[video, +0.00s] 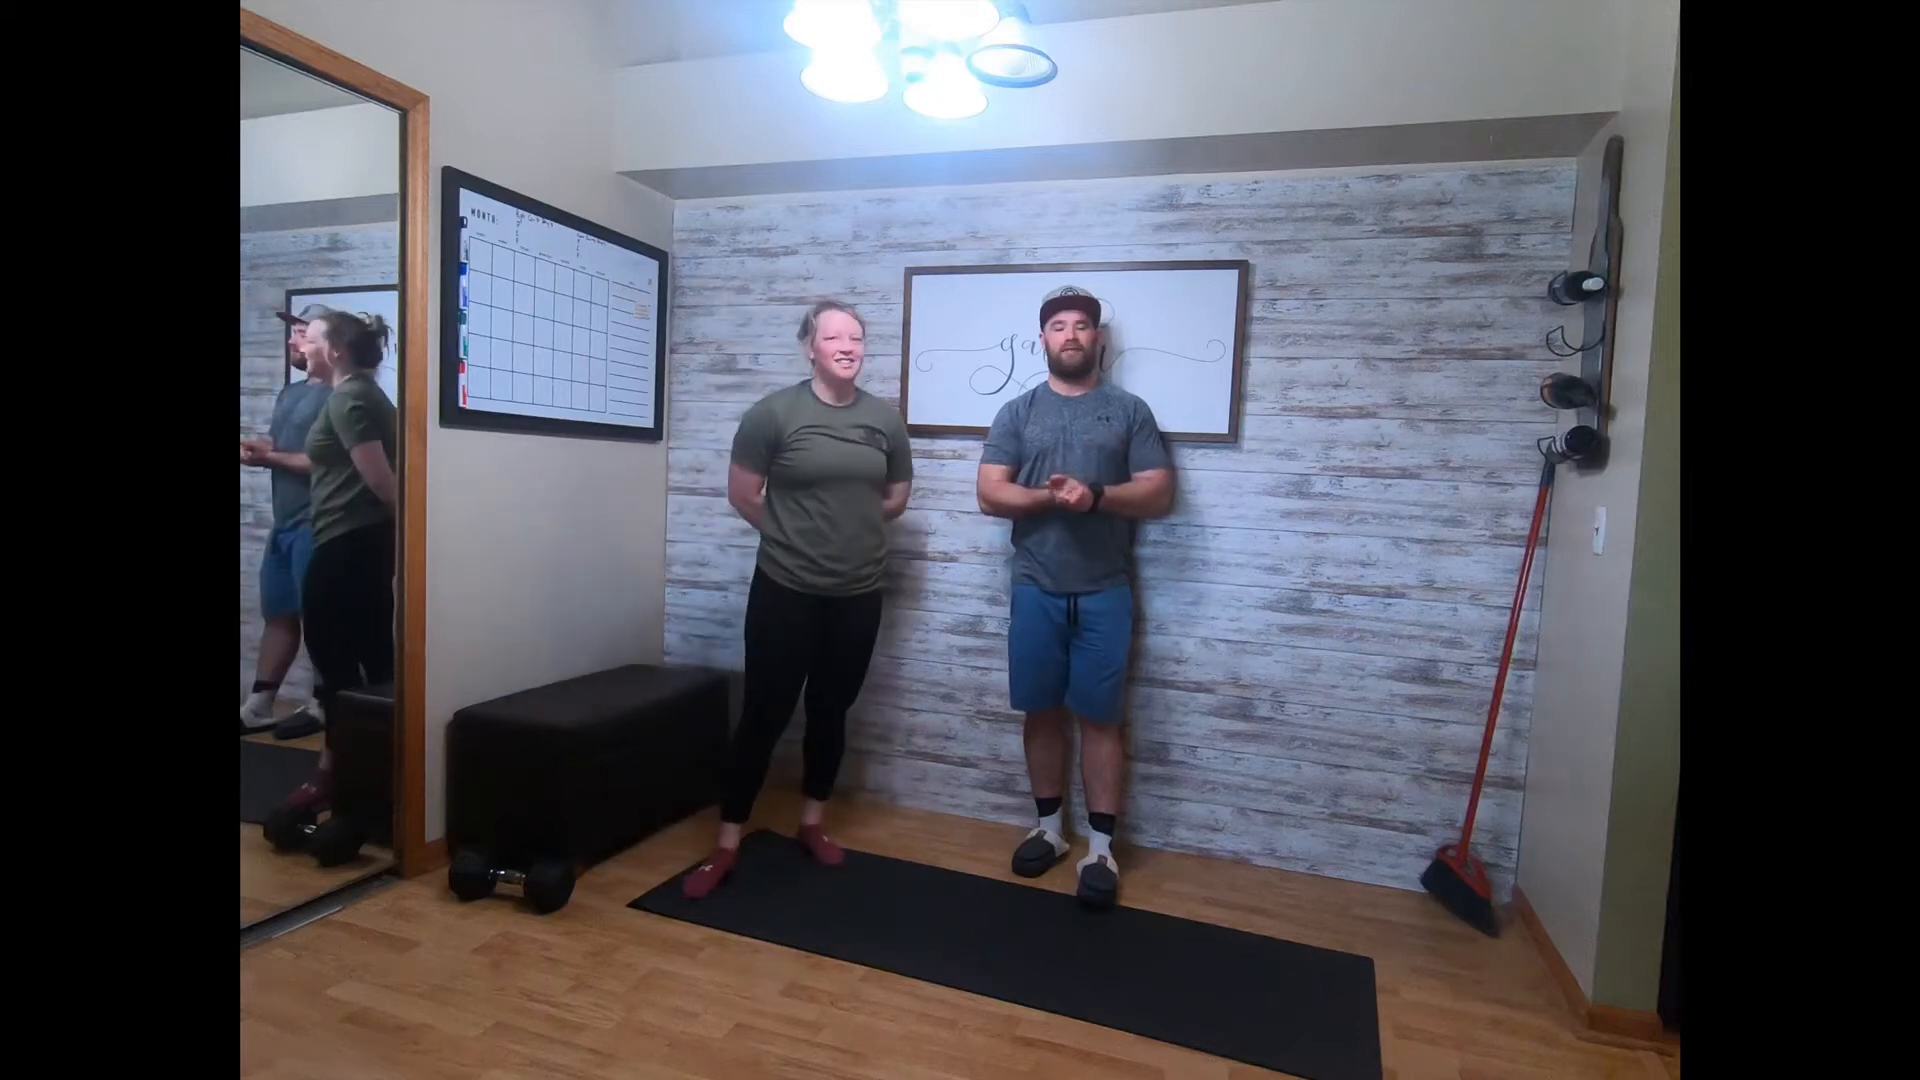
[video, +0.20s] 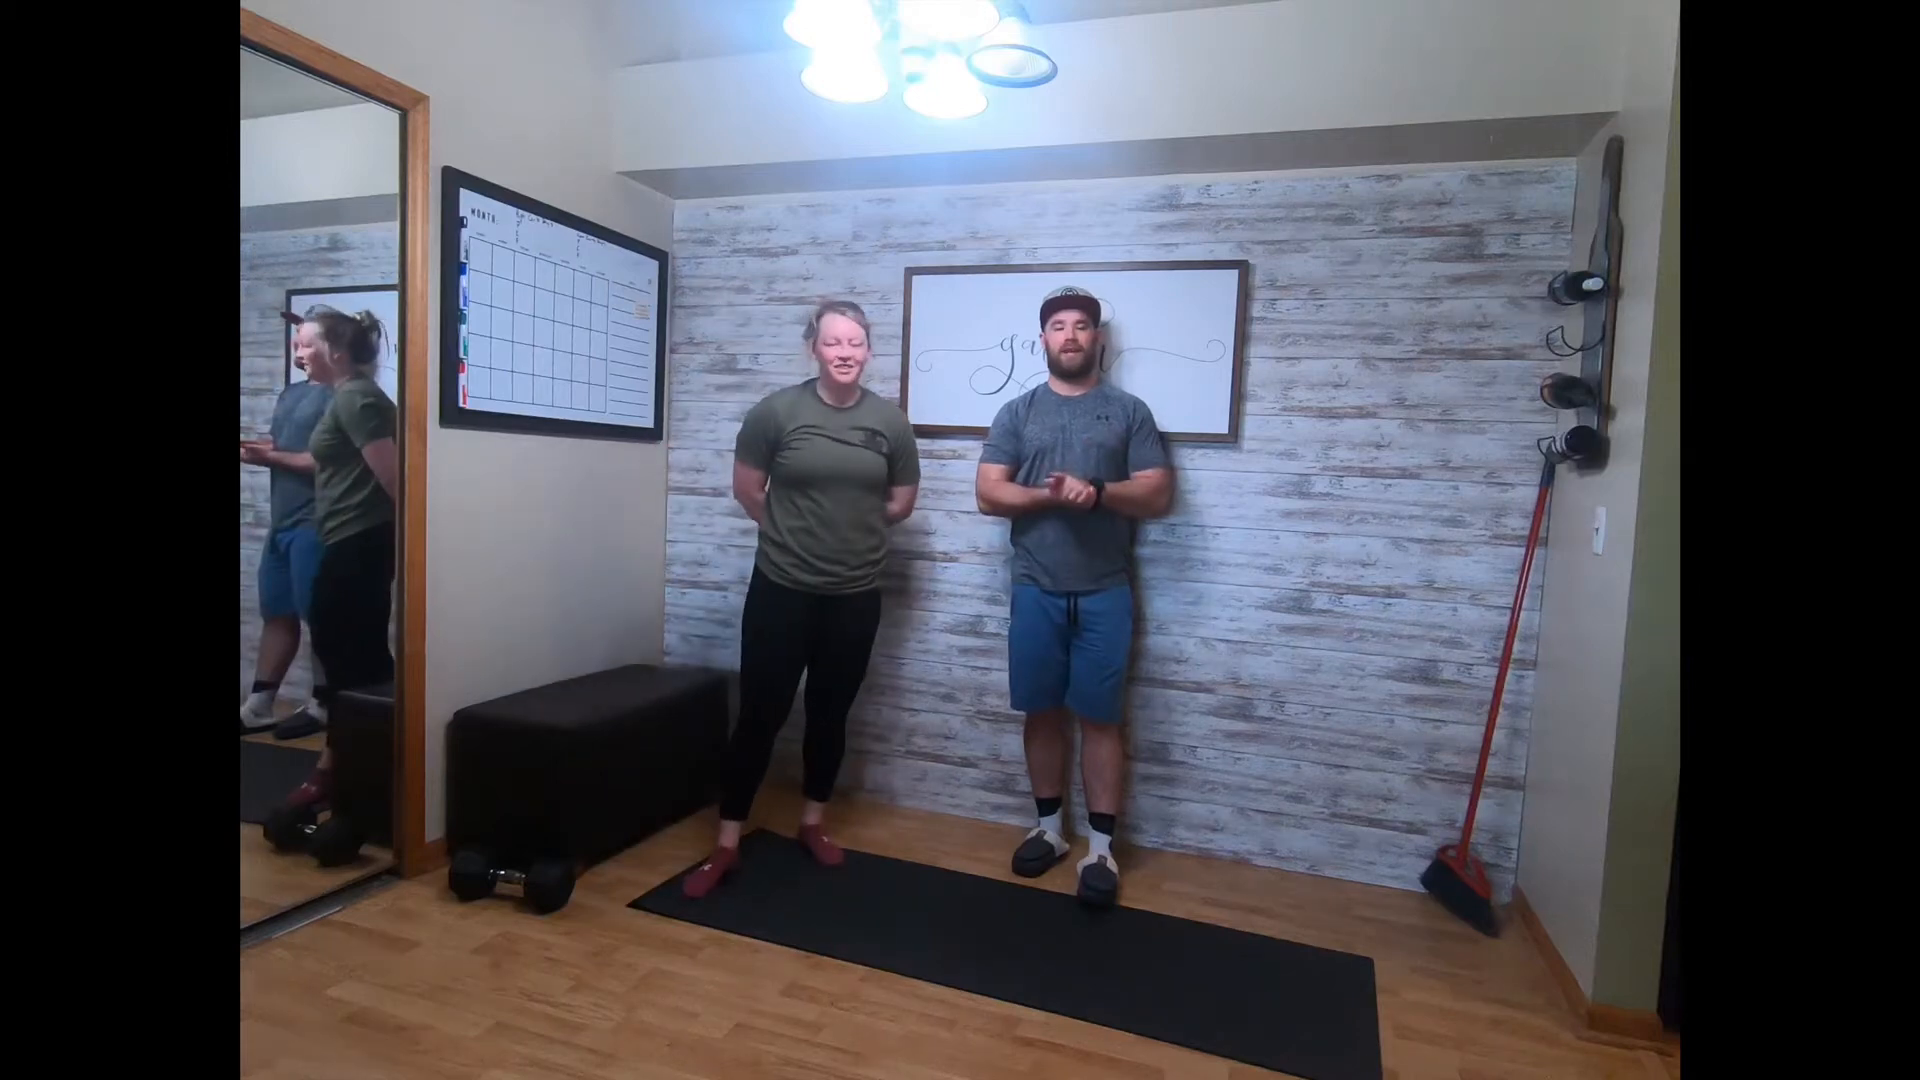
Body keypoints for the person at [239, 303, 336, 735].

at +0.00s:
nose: (294, 338)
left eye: (303, 333)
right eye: (296, 332)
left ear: (324, 345)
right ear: (300, 344)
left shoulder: (334, 397)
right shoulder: (290, 391)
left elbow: (325, 462)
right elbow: (282, 443)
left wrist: (271, 458)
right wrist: (258, 448)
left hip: (317, 521)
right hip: (284, 522)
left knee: (318, 615)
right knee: (279, 613)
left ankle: (325, 704)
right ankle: (260, 703)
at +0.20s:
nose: (298, 353)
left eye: (306, 345)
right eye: (296, 345)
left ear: (329, 349)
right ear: (296, 350)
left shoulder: (338, 398)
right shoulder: (290, 394)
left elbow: (324, 461)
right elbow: (287, 446)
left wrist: (270, 456)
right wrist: (261, 449)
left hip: (316, 525)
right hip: (282, 525)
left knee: (318, 616)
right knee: (278, 614)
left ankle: (322, 706)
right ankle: (260, 703)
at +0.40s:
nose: (302, 353)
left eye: (310, 345)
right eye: (299, 346)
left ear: (332, 348)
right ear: (297, 350)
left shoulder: (341, 397)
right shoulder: (291, 394)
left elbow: (328, 461)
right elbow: (288, 445)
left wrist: (273, 458)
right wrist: (271, 448)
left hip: (317, 527)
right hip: (281, 526)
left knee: (321, 620)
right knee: (273, 613)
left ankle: (324, 706)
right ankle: (259, 704)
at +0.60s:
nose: (303, 351)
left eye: (311, 343)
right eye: (302, 344)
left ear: (333, 347)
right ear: (303, 350)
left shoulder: (342, 398)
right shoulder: (295, 395)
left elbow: (330, 463)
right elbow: (292, 447)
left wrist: (274, 458)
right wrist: (273, 448)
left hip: (318, 526)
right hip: (281, 526)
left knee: (322, 619)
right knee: (265, 609)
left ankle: (324, 706)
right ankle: (259, 703)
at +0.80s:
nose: (306, 346)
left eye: (314, 339)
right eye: (304, 340)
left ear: (335, 344)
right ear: (303, 348)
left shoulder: (344, 396)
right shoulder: (294, 394)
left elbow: (330, 463)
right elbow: (288, 448)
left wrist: (274, 456)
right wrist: (271, 448)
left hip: (318, 526)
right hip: (281, 526)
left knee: (322, 619)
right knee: (269, 611)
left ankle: (324, 706)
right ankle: (259, 704)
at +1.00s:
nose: (305, 343)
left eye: (316, 336)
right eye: (304, 336)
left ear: (336, 346)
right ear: (301, 343)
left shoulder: (343, 395)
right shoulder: (292, 395)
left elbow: (334, 465)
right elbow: (287, 448)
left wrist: (277, 459)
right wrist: (272, 450)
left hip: (320, 527)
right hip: (282, 526)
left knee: (322, 618)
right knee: (268, 610)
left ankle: (324, 706)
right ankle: (259, 704)